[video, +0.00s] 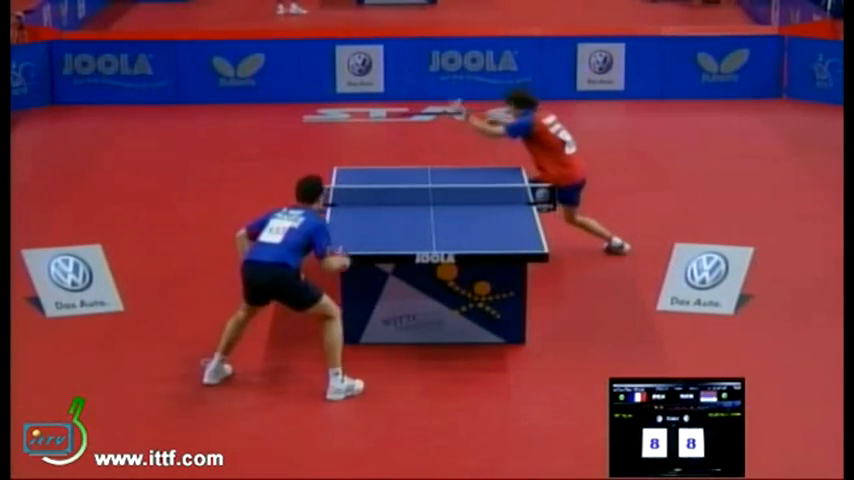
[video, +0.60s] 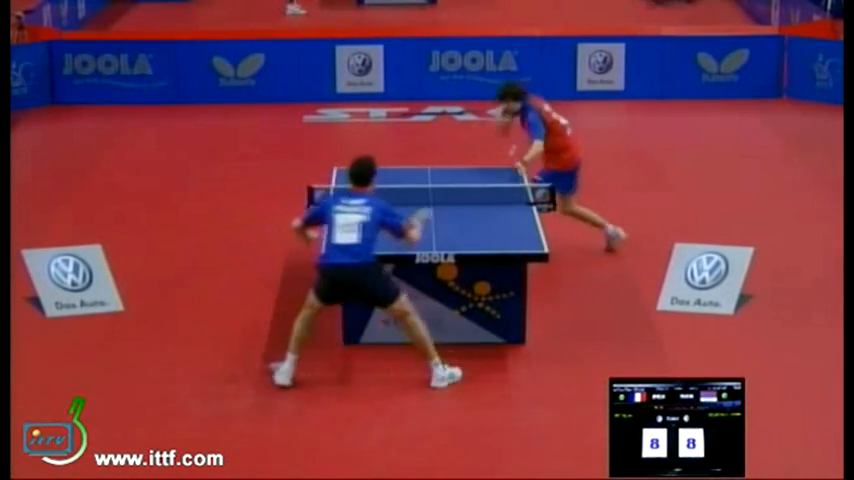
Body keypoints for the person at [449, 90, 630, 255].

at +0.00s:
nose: (509, 111)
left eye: (511, 108)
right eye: (510, 108)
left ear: (520, 109)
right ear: (530, 105)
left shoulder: (529, 123)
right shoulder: (544, 116)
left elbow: (494, 132)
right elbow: (509, 124)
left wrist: (468, 119)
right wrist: (485, 119)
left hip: (559, 182)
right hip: (575, 177)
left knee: (518, 200)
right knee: (572, 217)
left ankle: (523, 244)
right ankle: (614, 241)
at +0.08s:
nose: (516, 107)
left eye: (518, 103)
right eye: (516, 103)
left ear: (527, 105)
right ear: (537, 101)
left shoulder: (535, 120)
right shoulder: (551, 114)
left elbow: (500, 128)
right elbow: (521, 119)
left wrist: (474, 113)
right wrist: (504, 113)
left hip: (561, 182)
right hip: (580, 178)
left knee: (516, 196)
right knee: (573, 217)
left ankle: (522, 244)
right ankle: (615, 242)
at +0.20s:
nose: (521, 100)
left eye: (524, 97)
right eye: (522, 97)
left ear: (533, 98)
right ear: (543, 96)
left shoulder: (543, 116)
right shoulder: (559, 108)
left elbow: (511, 133)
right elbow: (532, 115)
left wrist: (482, 127)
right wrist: (516, 109)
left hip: (566, 177)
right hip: (586, 173)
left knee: (527, 198)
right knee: (577, 213)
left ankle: (525, 242)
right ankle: (617, 241)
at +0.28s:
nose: (524, 99)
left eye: (526, 95)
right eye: (524, 95)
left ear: (535, 96)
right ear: (546, 92)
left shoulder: (544, 112)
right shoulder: (560, 103)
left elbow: (525, 137)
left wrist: (493, 141)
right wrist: (528, 108)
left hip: (569, 173)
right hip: (590, 168)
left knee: (531, 197)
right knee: (579, 210)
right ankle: (617, 241)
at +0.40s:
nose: (519, 97)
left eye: (521, 94)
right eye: (519, 93)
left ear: (530, 94)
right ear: (540, 91)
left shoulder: (541, 110)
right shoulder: (554, 97)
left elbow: (537, 138)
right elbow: (529, 109)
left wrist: (515, 155)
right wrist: (509, 113)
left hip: (572, 169)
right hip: (589, 163)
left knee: (536, 196)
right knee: (582, 209)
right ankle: (617, 240)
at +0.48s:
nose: (512, 100)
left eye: (514, 96)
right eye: (512, 96)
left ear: (524, 96)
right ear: (532, 92)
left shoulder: (537, 111)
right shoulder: (548, 98)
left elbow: (538, 139)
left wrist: (519, 157)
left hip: (572, 166)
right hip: (584, 160)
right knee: (581, 208)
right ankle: (617, 239)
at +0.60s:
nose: (505, 108)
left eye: (506, 104)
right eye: (503, 104)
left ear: (515, 101)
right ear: (519, 98)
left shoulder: (531, 113)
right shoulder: (531, 102)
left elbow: (539, 144)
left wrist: (524, 162)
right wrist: (507, 117)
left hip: (565, 164)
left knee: (566, 207)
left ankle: (609, 229)